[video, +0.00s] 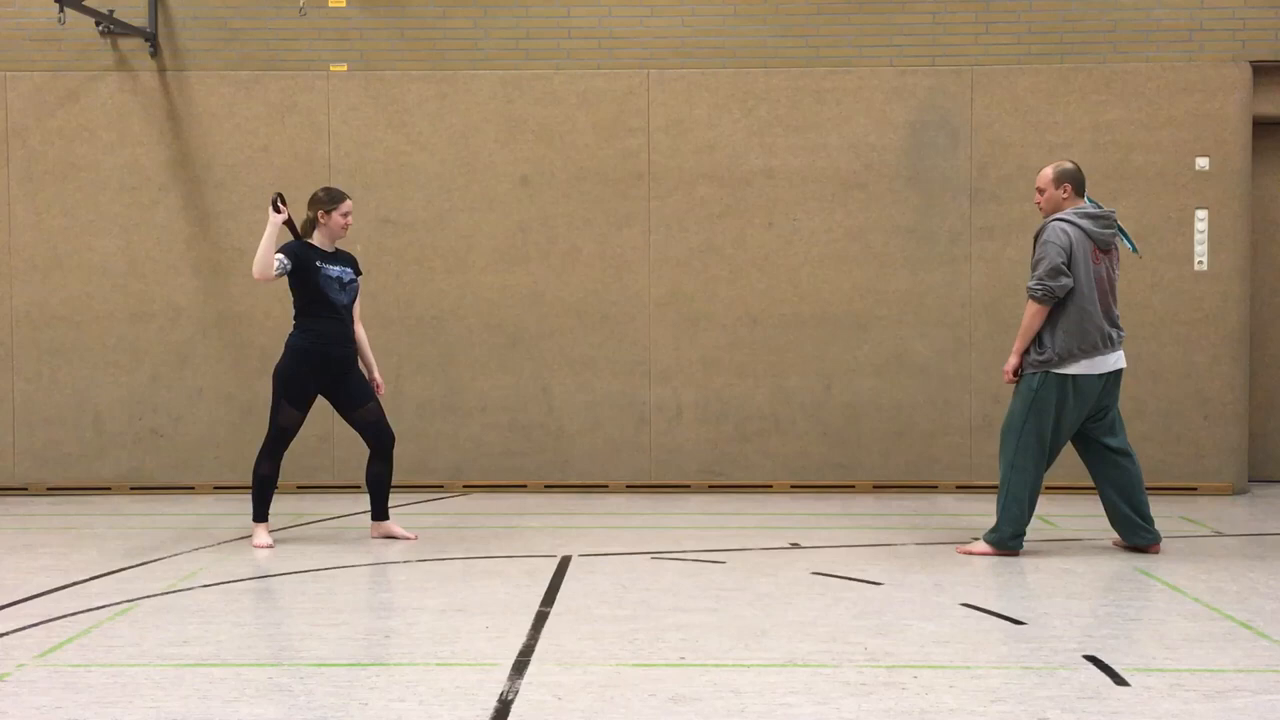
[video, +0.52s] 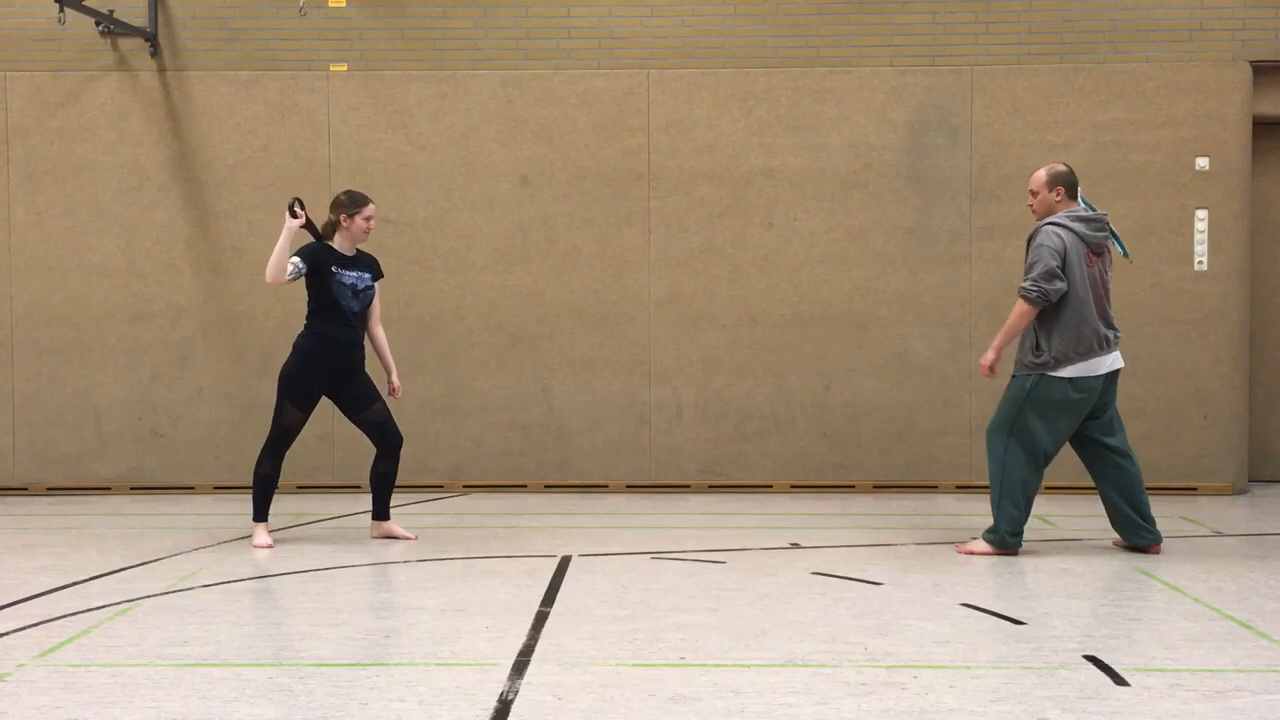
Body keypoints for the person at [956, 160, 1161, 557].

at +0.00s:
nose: (1036, 200)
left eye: (1041, 192)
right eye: (1036, 192)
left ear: (1065, 191)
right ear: (1072, 192)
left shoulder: (1056, 232)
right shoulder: (1102, 228)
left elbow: (1043, 295)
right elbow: (1100, 294)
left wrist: (1017, 351)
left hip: (1062, 366)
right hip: (1104, 363)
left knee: (1022, 445)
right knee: (1109, 448)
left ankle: (1004, 538)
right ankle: (1141, 534)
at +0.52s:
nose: (1029, 202)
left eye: (1034, 194)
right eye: (1029, 194)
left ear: (1058, 195)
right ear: (1066, 195)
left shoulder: (1050, 235)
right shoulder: (1093, 229)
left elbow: (1036, 295)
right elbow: (1096, 286)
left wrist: (995, 346)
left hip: (1059, 369)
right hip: (1101, 365)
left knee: (1008, 438)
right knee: (1107, 447)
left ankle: (1003, 537)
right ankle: (1141, 534)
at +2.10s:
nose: (845, 201)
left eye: (851, 193)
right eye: (845, 194)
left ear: (877, 194)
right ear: (865, 196)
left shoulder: (913, 235)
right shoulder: (844, 241)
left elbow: (927, 291)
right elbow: (797, 254)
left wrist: (866, 293)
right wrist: (741, 239)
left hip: (906, 372)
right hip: (853, 372)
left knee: (933, 452)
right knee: (824, 442)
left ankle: (975, 534)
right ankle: (826, 530)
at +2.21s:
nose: (846, 201)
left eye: (852, 193)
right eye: (846, 194)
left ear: (878, 194)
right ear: (866, 196)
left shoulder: (914, 234)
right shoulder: (845, 241)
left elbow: (928, 291)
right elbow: (798, 253)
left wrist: (867, 294)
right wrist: (742, 233)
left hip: (906, 372)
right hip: (853, 372)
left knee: (933, 451)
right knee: (824, 441)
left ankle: (974, 534)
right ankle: (826, 530)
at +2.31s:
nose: (849, 200)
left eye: (855, 193)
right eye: (848, 193)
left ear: (880, 194)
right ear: (868, 196)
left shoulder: (916, 235)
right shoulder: (847, 240)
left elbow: (931, 291)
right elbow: (802, 254)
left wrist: (869, 295)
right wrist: (748, 239)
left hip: (908, 373)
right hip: (855, 372)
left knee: (933, 452)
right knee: (826, 442)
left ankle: (974, 534)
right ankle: (826, 530)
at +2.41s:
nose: (851, 200)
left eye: (857, 192)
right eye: (850, 193)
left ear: (882, 194)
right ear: (871, 196)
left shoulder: (918, 235)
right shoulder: (850, 240)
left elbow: (931, 292)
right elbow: (806, 260)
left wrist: (872, 295)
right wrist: (757, 252)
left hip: (909, 372)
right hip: (856, 372)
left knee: (934, 452)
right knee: (827, 440)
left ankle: (974, 534)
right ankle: (826, 530)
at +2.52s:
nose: (853, 201)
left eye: (859, 194)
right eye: (852, 195)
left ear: (884, 194)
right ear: (875, 195)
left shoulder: (920, 235)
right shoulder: (852, 242)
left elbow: (934, 293)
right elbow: (815, 270)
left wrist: (874, 297)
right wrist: (768, 270)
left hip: (911, 372)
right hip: (858, 372)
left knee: (935, 453)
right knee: (828, 440)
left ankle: (974, 535)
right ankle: (826, 530)